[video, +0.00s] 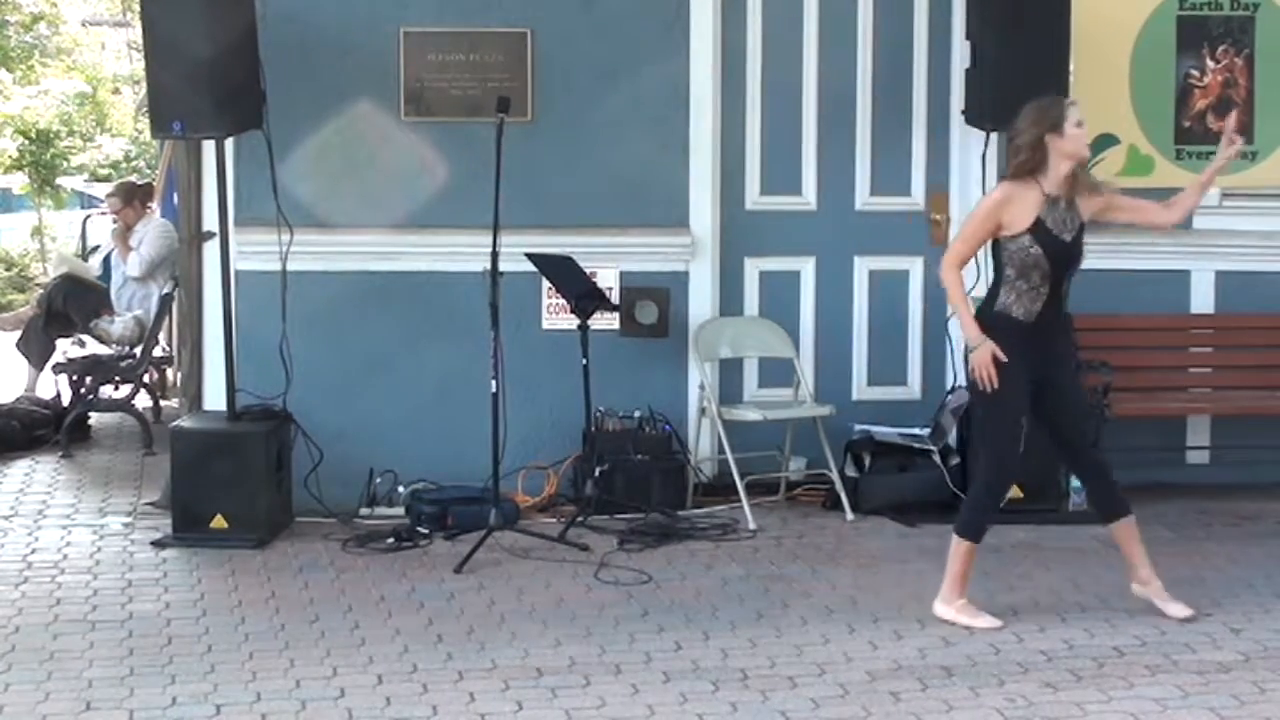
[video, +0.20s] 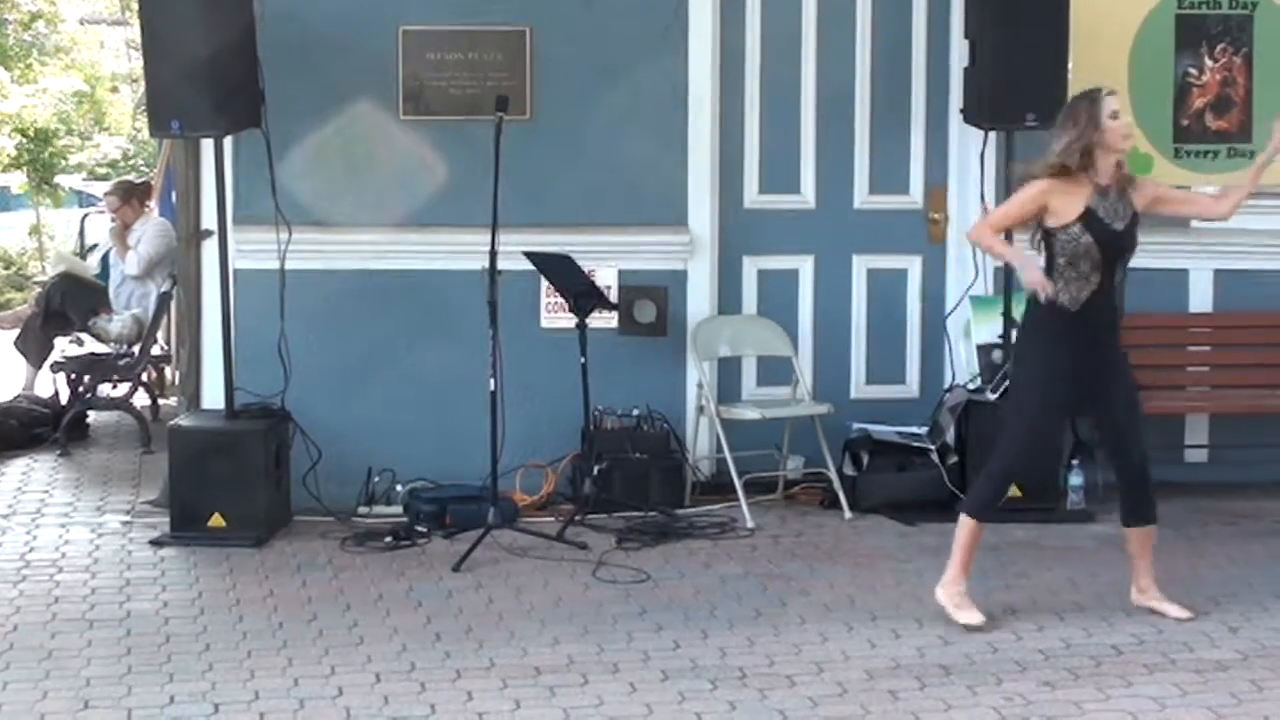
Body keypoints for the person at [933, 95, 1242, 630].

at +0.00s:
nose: (1088, 135)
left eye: (1086, 127)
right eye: (1077, 127)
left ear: (1069, 139)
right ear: (1048, 138)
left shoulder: (1087, 200)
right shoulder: (1009, 196)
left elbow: (1169, 214)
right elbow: (951, 265)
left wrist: (1220, 162)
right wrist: (975, 339)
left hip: (1053, 349)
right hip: (1002, 347)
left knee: (1091, 460)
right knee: (995, 469)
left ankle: (1146, 578)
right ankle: (949, 598)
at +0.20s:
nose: (1129, 125)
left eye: (1127, 115)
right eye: (1116, 116)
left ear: (1122, 128)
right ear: (1089, 130)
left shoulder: (1135, 191)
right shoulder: (1052, 190)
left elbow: (1220, 205)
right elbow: (980, 231)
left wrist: (1266, 156)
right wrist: (1024, 264)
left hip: (1102, 344)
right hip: (1049, 340)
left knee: (1131, 456)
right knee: (1013, 452)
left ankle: (1144, 586)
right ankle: (953, 582)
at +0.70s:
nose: (1008, 177)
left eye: (1019, 169)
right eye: (1010, 169)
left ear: (1050, 179)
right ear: (1026, 179)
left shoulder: (1086, 252)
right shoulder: (989, 237)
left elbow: (1143, 324)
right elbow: (911, 284)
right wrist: (835, 288)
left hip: (1048, 387)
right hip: (981, 378)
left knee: (1112, 482)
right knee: (927, 482)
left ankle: (1090, 590)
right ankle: (858, 599)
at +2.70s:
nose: (882, 245)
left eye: (895, 237)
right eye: (881, 237)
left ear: (926, 250)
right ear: (877, 247)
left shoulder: (959, 306)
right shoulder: (859, 297)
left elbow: (945, 386)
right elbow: (851, 386)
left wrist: (919, 432)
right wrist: (885, 417)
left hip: (933, 403)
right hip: (858, 399)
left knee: (1020, 461)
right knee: (816, 475)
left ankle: (1026, 576)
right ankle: (787, 596)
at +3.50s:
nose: (834, 132)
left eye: (841, 124)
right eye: (822, 123)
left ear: (850, 135)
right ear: (798, 134)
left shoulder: (874, 184)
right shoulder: (779, 204)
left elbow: (930, 250)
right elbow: (783, 290)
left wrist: (881, 306)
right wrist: (802, 370)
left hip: (892, 334)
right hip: (830, 344)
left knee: (941, 447)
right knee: (818, 467)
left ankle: (996, 568)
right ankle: (790, 595)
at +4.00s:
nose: (934, 115)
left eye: (947, 107)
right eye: (935, 108)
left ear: (978, 121)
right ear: (942, 124)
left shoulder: (1012, 184)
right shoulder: (915, 175)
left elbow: (1076, 240)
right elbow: (828, 173)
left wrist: (1036, 301)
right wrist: (806, 104)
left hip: (982, 340)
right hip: (919, 337)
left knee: (1008, 463)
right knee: (889, 456)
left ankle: (991, 586)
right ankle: (838, 596)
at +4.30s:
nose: (988, 120)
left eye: (990, 113)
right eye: (974, 113)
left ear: (997, 127)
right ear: (944, 131)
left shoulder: (1015, 192)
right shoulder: (912, 188)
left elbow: (1110, 197)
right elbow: (815, 181)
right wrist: (775, 117)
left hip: (985, 353)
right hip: (921, 350)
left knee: (1005, 474)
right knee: (899, 472)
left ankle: (989, 589)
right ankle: (860, 617)